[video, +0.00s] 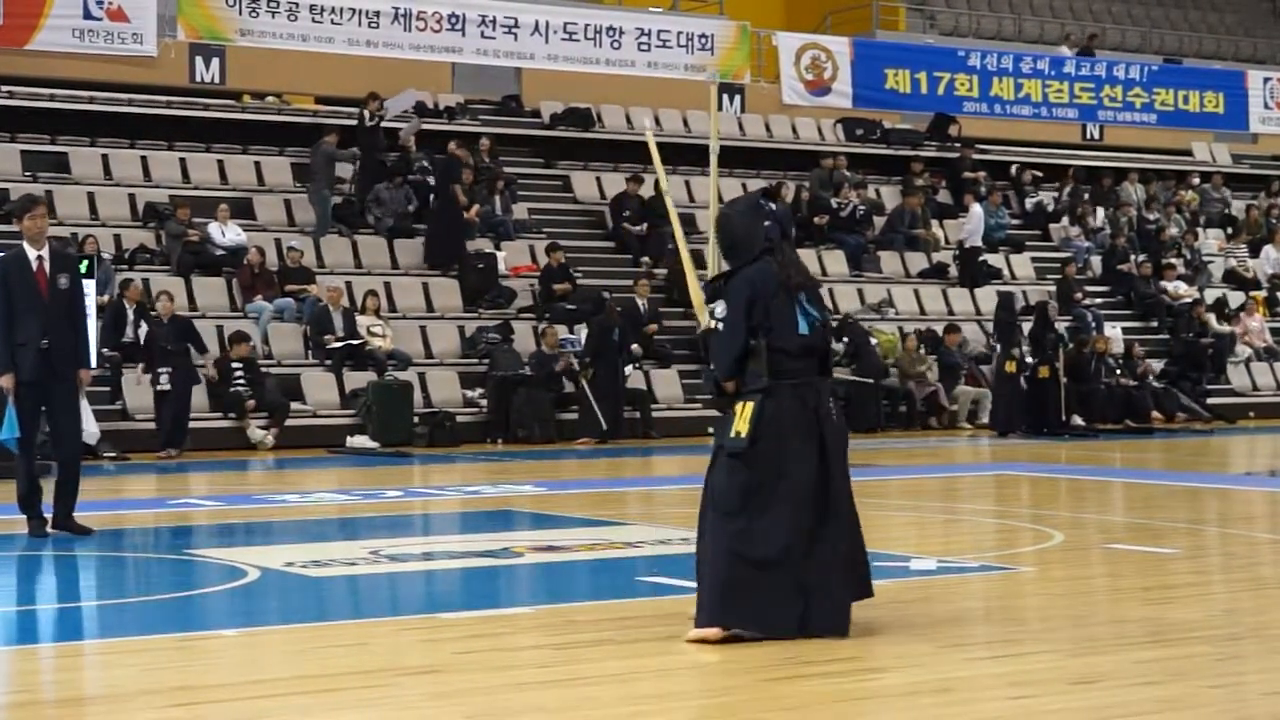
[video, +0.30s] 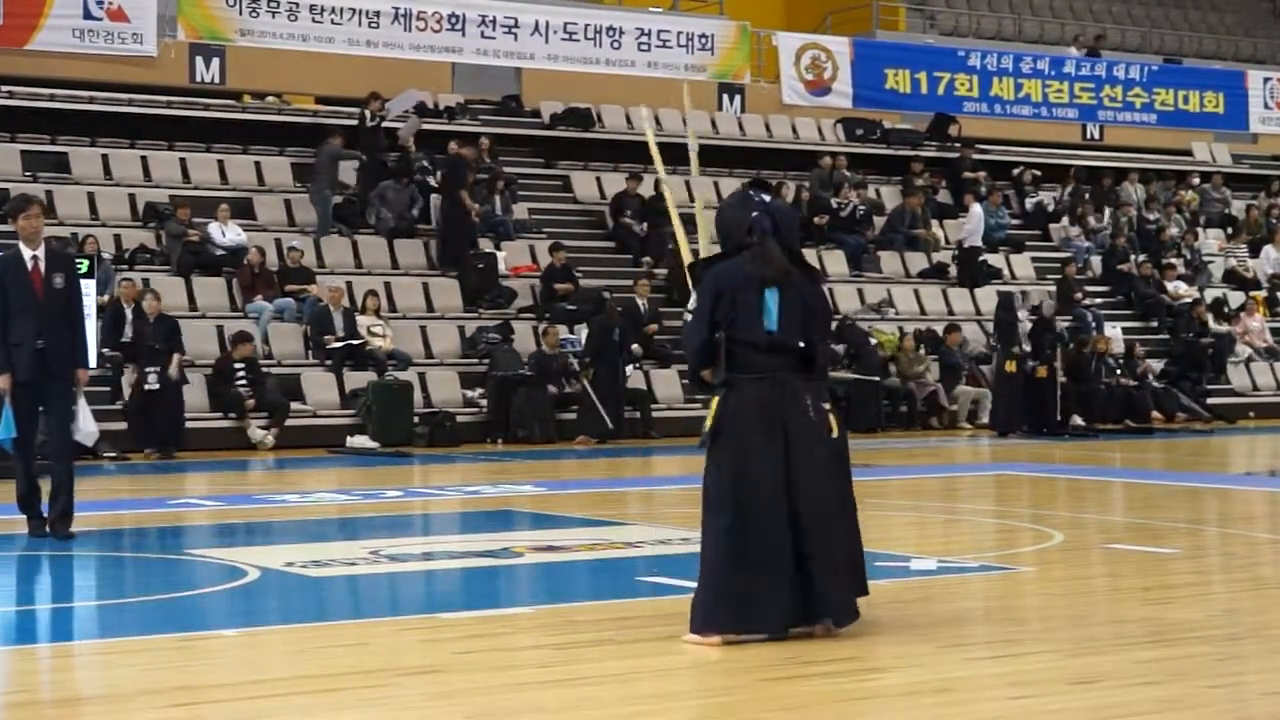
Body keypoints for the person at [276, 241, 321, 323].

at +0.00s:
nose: (293, 255)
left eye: (296, 251)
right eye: (290, 252)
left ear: (301, 255)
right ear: (287, 254)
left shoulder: (308, 271)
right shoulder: (282, 270)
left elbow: (314, 288)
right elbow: (285, 288)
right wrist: (305, 287)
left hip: (305, 294)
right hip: (290, 296)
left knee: (312, 299)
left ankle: (305, 325)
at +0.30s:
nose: (293, 255)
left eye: (296, 251)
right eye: (291, 251)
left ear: (301, 255)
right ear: (288, 254)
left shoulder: (308, 271)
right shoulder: (282, 270)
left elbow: (314, 288)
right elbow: (285, 288)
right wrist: (305, 287)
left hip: (305, 295)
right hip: (290, 296)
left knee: (312, 299)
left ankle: (305, 324)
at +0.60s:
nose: (294, 255)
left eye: (297, 251)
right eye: (292, 251)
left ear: (301, 254)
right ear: (288, 254)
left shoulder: (308, 271)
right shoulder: (283, 270)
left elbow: (314, 288)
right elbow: (285, 288)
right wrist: (306, 287)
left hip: (305, 294)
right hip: (290, 296)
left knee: (312, 300)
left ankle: (306, 325)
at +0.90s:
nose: (298, 255)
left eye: (300, 252)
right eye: (295, 252)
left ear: (303, 254)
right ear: (289, 254)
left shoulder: (308, 270)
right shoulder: (283, 270)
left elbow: (314, 287)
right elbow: (286, 288)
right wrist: (306, 287)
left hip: (306, 294)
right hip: (290, 296)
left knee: (313, 300)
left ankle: (306, 325)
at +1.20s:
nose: (301, 254)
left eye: (302, 251)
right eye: (298, 252)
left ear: (304, 253)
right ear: (291, 254)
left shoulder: (309, 270)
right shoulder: (284, 270)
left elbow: (315, 287)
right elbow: (286, 288)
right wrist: (306, 287)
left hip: (306, 294)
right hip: (291, 295)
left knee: (313, 300)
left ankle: (306, 324)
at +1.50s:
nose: (302, 254)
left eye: (303, 251)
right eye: (299, 252)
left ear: (304, 253)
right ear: (292, 254)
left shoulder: (309, 270)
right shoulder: (284, 270)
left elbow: (315, 287)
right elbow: (287, 288)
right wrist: (307, 287)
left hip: (307, 294)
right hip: (292, 295)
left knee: (314, 299)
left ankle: (307, 324)